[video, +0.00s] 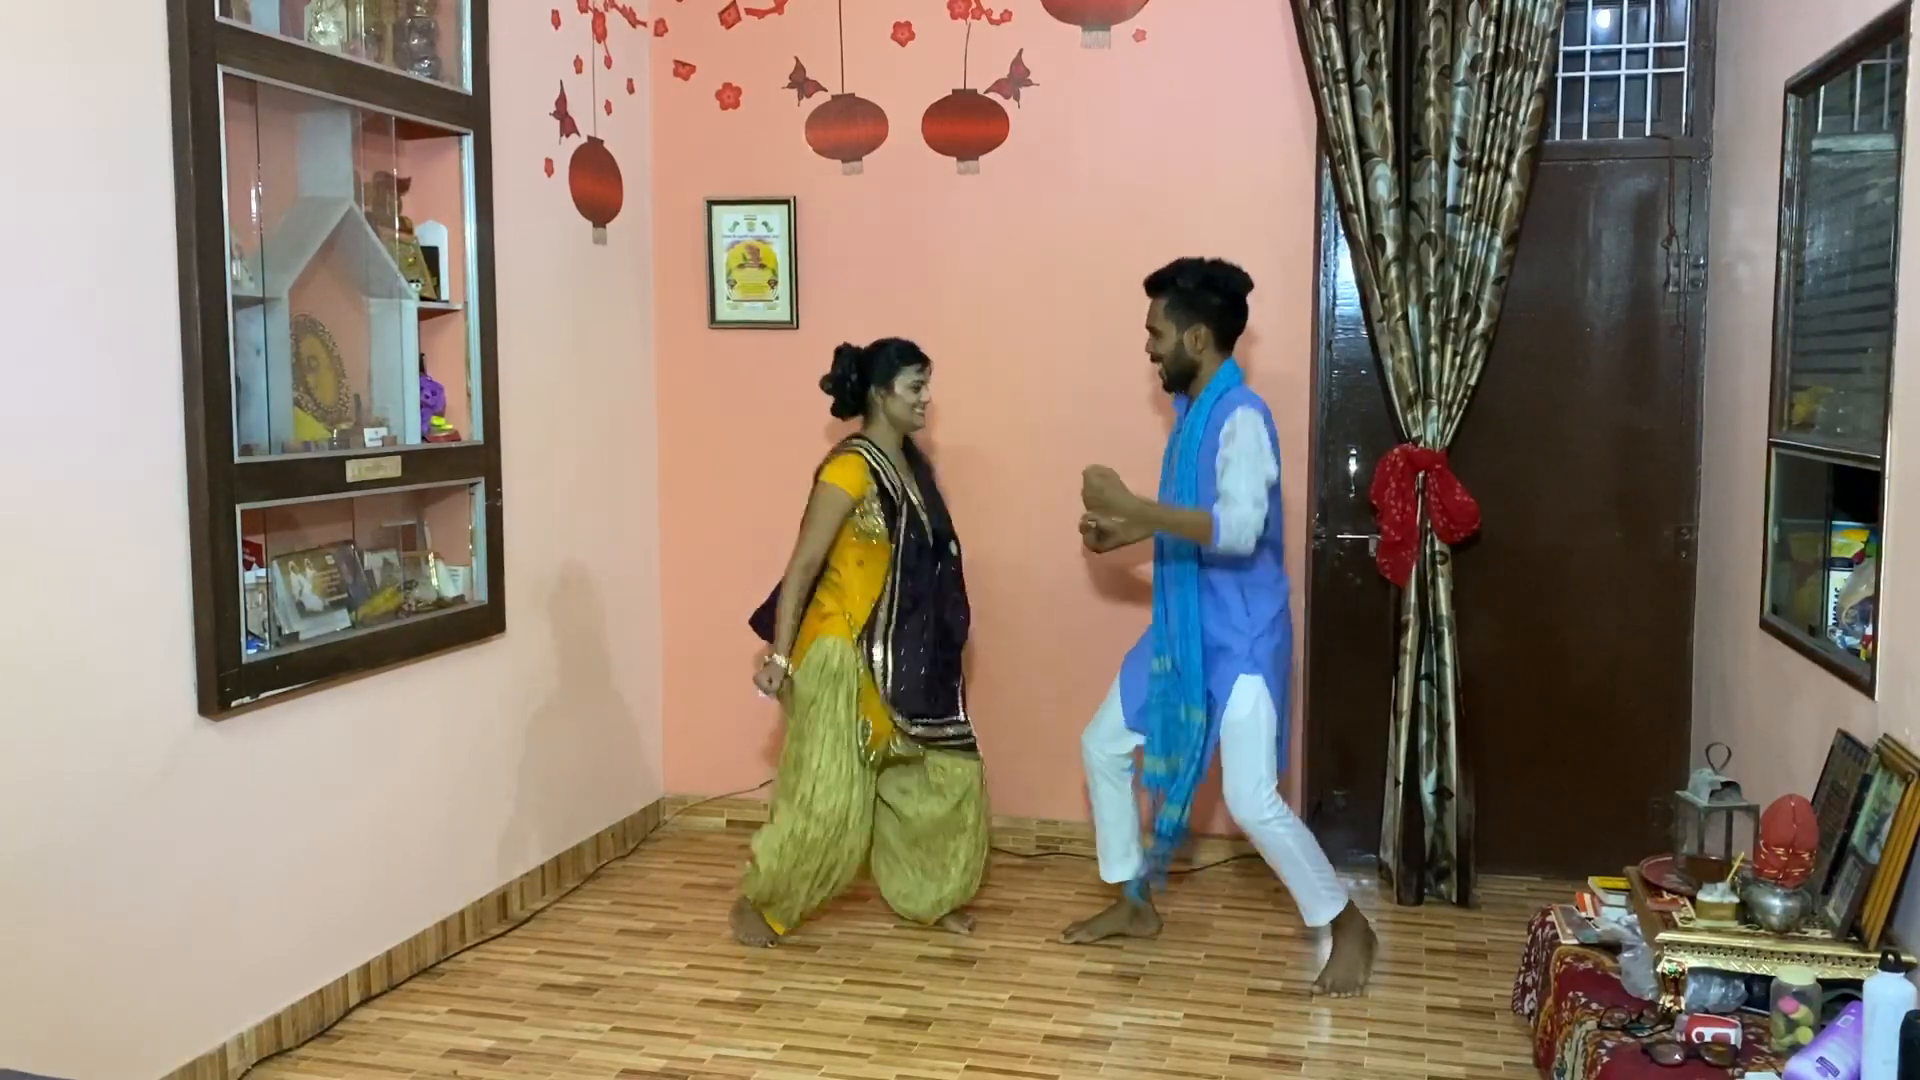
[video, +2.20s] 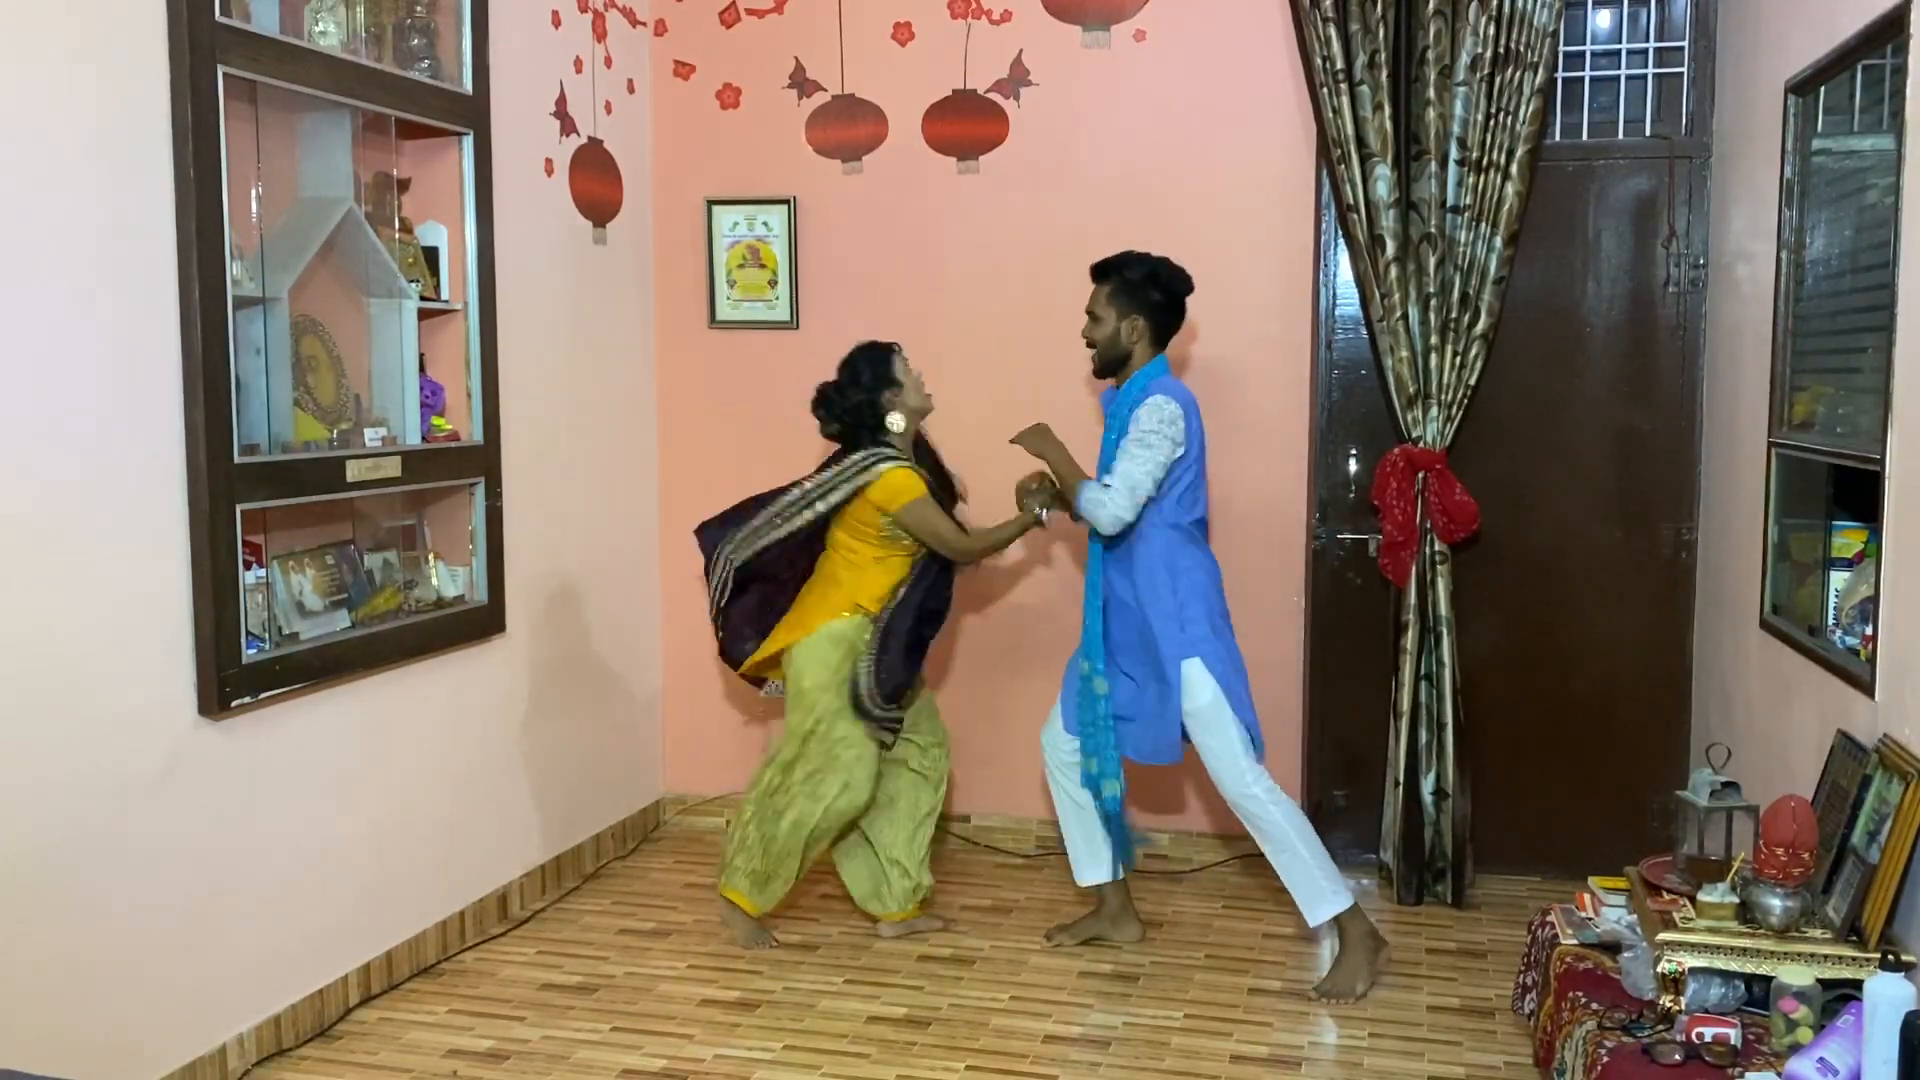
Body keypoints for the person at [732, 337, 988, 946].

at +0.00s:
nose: (924, 399)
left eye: (926, 388)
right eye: (913, 388)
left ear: (913, 395)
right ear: (877, 394)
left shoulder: (909, 464)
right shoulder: (848, 468)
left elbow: (910, 565)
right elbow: (804, 565)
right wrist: (780, 651)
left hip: (903, 651)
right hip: (842, 653)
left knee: (945, 773)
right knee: (828, 792)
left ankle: (927, 895)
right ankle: (759, 897)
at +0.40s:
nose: (889, 388)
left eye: (887, 377)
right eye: (874, 380)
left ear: (882, 388)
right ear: (838, 398)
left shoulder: (917, 457)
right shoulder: (799, 475)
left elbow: (945, 554)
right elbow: (789, 578)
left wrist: (930, 623)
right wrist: (794, 593)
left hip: (911, 641)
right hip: (826, 644)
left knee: (968, 768)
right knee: (828, 780)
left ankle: (966, 899)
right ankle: (803, 911)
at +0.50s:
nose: (890, 375)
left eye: (888, 363)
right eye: (877, 365)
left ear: (863, 376)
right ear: (841, 380)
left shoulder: (896, 437)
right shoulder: (810, 455)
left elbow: (910, 537)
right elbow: (848, 530)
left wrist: (919, 622)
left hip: (905, 629)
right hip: (834, 636)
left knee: (963, 761)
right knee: (828, 778)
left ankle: (963, 896)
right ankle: (800, 910)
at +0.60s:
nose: (889, 364)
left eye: (887, 350)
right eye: (879, 352)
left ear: (840, 362)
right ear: (845, 360)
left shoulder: (825, 419)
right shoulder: (853, 418)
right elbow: (923, 468)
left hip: (905, 612)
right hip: (859, 615)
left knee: (948, 748)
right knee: (842, 761)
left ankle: (952, 885)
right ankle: (797, 899)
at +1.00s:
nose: (907, 346)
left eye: (902, 335)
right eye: (894, 339)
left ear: (861, 354)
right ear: (862, 354)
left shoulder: (864, 411)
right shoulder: (885, 413)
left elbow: (945, 467)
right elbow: (963, 494)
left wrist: (1003, 409)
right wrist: (1029, 442)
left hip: (908, 602)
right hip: (896, 605)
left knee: (953, 743)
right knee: (871, 750)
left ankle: (956, 884)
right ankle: (789, 900)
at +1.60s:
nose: (851, 387)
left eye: (851, 375)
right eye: (837, 378)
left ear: (845, 377)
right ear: (798, 386)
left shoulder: (859, 427)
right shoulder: (798, 452)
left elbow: (938, 430)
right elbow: (904, 477)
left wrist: (1014, 414)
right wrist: (994, 455)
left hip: (920, 612)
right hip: (865, 615)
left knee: (966, 742)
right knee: (839, 754)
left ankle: (954, 886)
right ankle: (754, 884)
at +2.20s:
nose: (924, 384)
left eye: (916, 375)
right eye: (913, 378)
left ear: (881, 406)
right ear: (892, 402)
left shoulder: (884, 465)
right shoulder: (890, 476)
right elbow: (962, 547)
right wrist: (1026, 518)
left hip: (873, 638)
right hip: (835, 637)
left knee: (921, 757)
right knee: (835, 772)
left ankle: (897, 903)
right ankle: (743, 892)